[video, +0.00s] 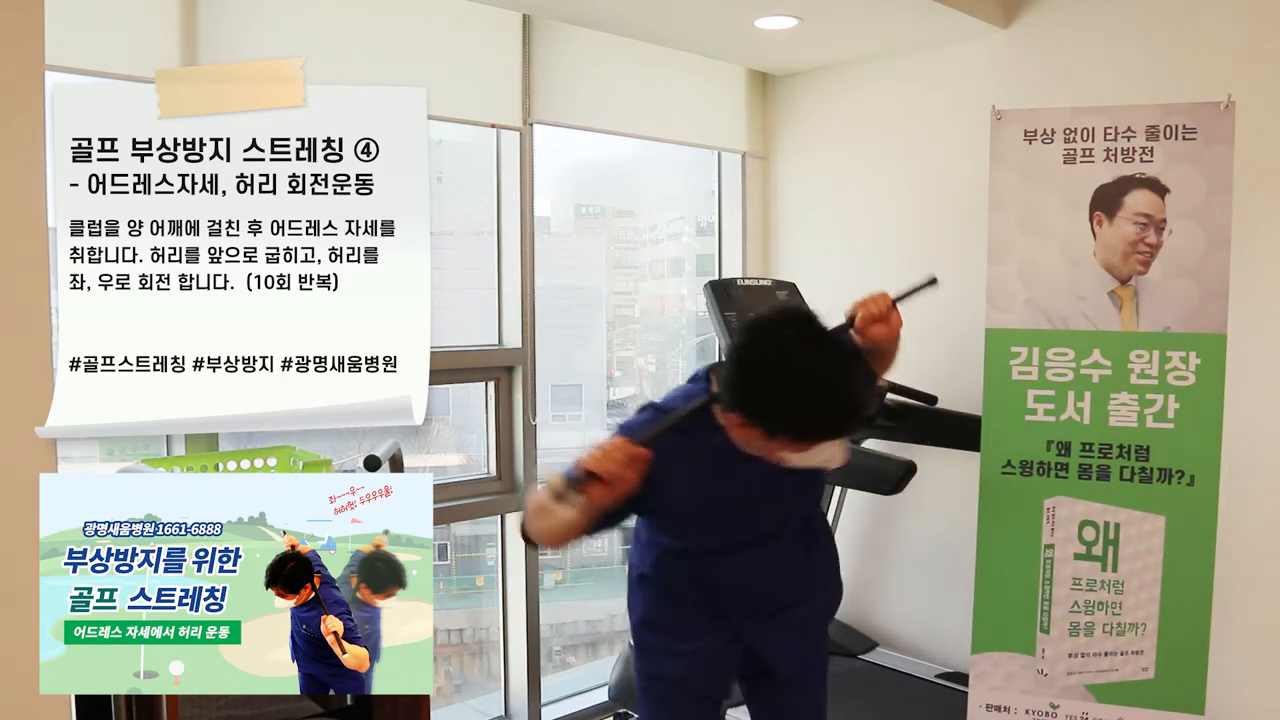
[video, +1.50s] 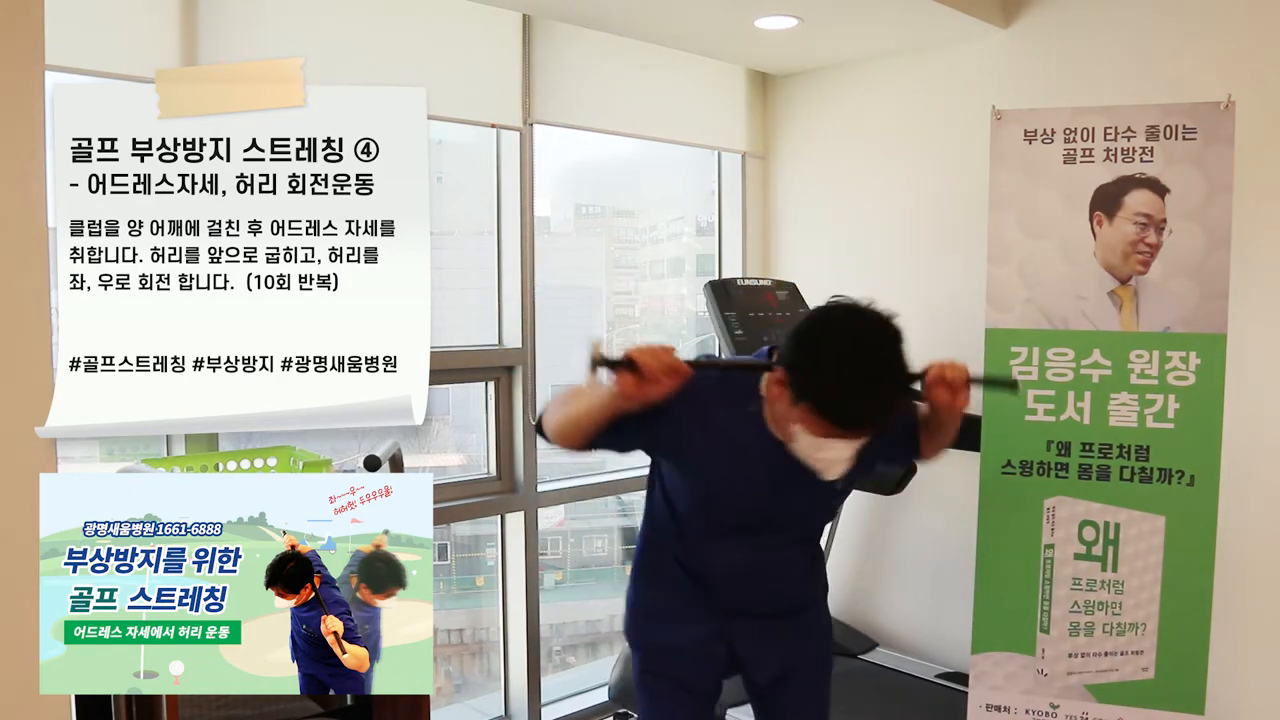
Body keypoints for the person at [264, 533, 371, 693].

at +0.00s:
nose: (278, 599)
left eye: (283, 595)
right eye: (276, 593)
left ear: (306, 590)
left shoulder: (334, 608)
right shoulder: (311, 570)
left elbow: (363, 665)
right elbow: (308, 552)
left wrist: (335, 642)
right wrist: (296, 547)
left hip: (344, 672)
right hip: (310, 667)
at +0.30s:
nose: (278, 599)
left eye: (283, 595)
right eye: (276, 593)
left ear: (306, 590)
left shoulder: (334, 608)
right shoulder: (311, 570)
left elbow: (363, 665)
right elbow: (308, 552)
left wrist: (335, 642)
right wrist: (296, 547)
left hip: (344, 672)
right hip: (310, 667)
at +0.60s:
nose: (278, 599)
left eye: (283, 595)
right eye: (276, 593)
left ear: (306, 589)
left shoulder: (334, 608)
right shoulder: (311, 570)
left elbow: (363, 665)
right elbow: (308, 552)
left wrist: (335, 642)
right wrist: (296, 547)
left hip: (344, 672)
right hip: (310, 666)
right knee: (312, 714)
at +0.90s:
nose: (278, 599)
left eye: (283, 595)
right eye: (276, 593)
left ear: (306, 589)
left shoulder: (334, 608)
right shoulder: (311, 570)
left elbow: (363, 665)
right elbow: (308, 552)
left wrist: (335, 642)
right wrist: (296, 547)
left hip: (344, 672)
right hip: (310, 666)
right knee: (312, 714)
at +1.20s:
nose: (278, 599)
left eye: (283, 595)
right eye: (276, 593)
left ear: (306, 590)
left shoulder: (334, 608)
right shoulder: (311, 570)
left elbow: (363, 665)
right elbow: (308, 552)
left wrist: (335, 642)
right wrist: (297, 547)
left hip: (344, 673)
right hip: (310, 667)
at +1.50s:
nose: (278, 599)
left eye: (283, 595)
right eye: (276, 593)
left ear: (306, 590)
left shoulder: (334, 608)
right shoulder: (311, 570)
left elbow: (363, 665)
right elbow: (308, 552)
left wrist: (335, 642)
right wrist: (297, 547)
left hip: (344, 673)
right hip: (310, 667)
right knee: (312, 715)